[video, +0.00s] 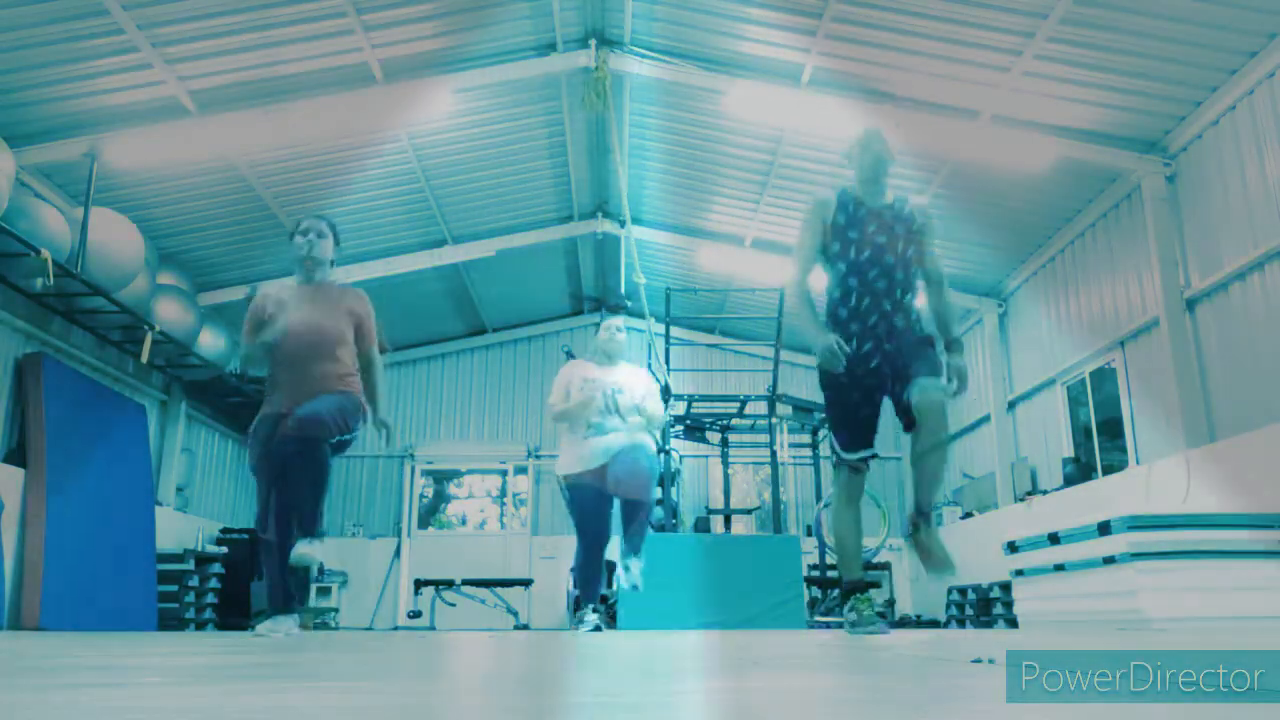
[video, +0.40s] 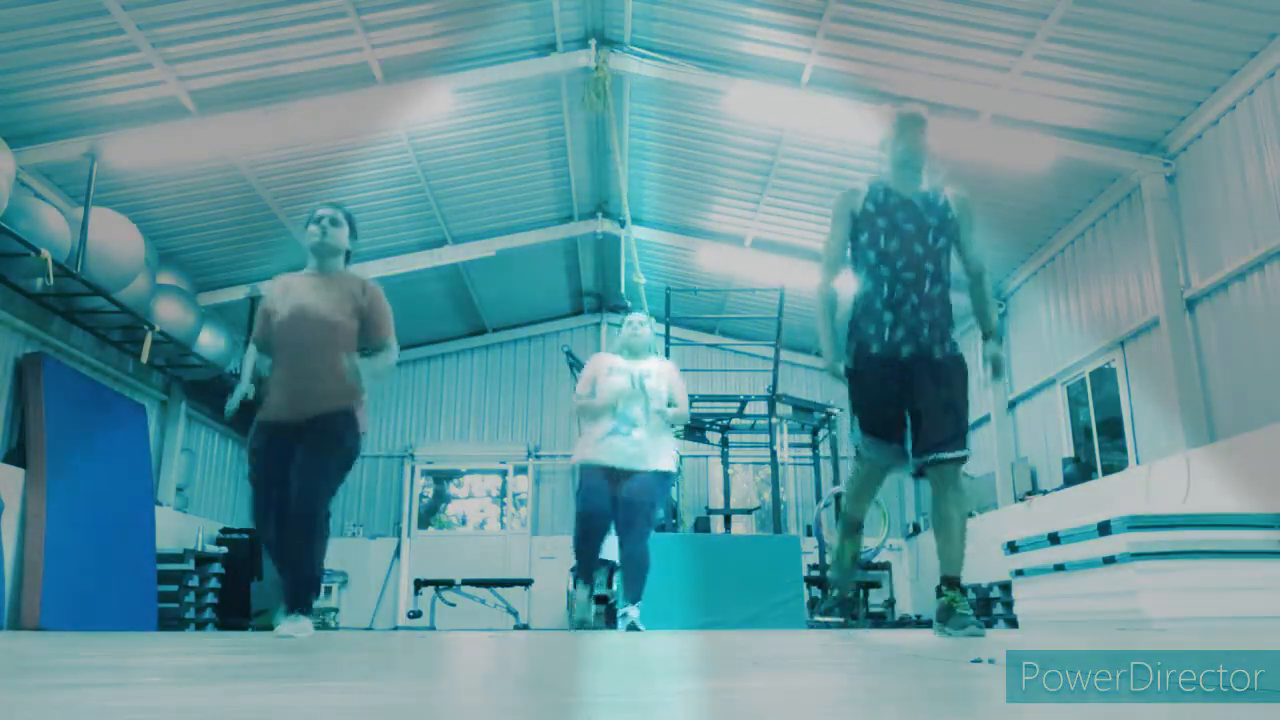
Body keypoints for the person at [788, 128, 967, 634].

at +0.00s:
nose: (875, 161)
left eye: (881, 154)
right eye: (867, 153)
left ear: (890, 163)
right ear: (851, 161)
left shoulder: (912, 219)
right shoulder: (828, 210)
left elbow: (936, 286)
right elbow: (797, 281)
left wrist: (953, 348)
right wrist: (816, 334)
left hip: (904, 338)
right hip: (846, 342)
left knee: (932, 404)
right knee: (851, 474)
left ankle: (922, 524)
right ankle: (857, 599)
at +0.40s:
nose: (908, 148)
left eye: (915, 140)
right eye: (900, 140)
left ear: (925, 147)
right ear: (885, 147)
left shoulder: (950, 204)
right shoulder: (855, 202)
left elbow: (977, 272)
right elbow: (828, 277)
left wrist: (991, 335)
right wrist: (830, 344)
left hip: (937, 352)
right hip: (874, 351)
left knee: (946, 473)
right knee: (878, 456)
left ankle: (952, 594)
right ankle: (848, 532)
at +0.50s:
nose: (908, 136)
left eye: (916, 127)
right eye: (901, 126)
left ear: (926, 134)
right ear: (886, 134)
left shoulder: (949, 193)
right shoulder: (859, 190)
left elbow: (983, 257)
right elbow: (830, 270)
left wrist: (997, 310)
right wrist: (820, 338)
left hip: (936, 333)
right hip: (876, 326)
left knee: (939, 463)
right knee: (902, 393)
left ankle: (943, 585)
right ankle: (865, 452)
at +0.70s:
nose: (906, 139)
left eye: (913, 131)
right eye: (899, 131)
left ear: (924, 141)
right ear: (887, 141)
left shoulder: (952, 204)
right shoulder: (860, 204)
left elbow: (986, 268)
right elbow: (833, 282)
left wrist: (1014, 328)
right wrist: (820, 351)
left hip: (942, 332)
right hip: (883, 322)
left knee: (942, 465)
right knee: (931, 350)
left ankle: (937, 594)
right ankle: (898, 457)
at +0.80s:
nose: (907, 131)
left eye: (913, 122)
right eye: (900, 122)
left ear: (924, 130)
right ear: (886, 131)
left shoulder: (953, 190)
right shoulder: (861, 188)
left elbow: (986, 256)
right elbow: (835, 270)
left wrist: (1009, 320)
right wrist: (826, 343)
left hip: (950, 324)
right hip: (894, 318)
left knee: (954, 459)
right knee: (918, 412)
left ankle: (948, 583)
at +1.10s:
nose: (912, 128)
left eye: (919, 120)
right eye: (904, 120)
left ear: (930, 128)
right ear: (892, 128)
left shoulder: (961, 190)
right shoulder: (871, 188)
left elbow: (989, 260)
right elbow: (851, 262)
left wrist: (1018, 320)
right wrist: (856, 323)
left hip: (985, 331)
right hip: (922, 333)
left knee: (1010, 457)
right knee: (924, 460)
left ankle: (974, 550)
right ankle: (929, 589)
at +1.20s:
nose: (923, 116)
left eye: (929, 109)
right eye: (915, 108)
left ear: (940, 119)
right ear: (900, 117)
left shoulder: (967, 180)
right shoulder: (882, 178)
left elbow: (997, 253)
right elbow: (862, 257)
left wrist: (1025, 314)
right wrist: (881, 314)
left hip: (989, 321)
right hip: (929, 325)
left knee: (1033, 412)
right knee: (938, 459)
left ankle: (976, 476)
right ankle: (948, 587)